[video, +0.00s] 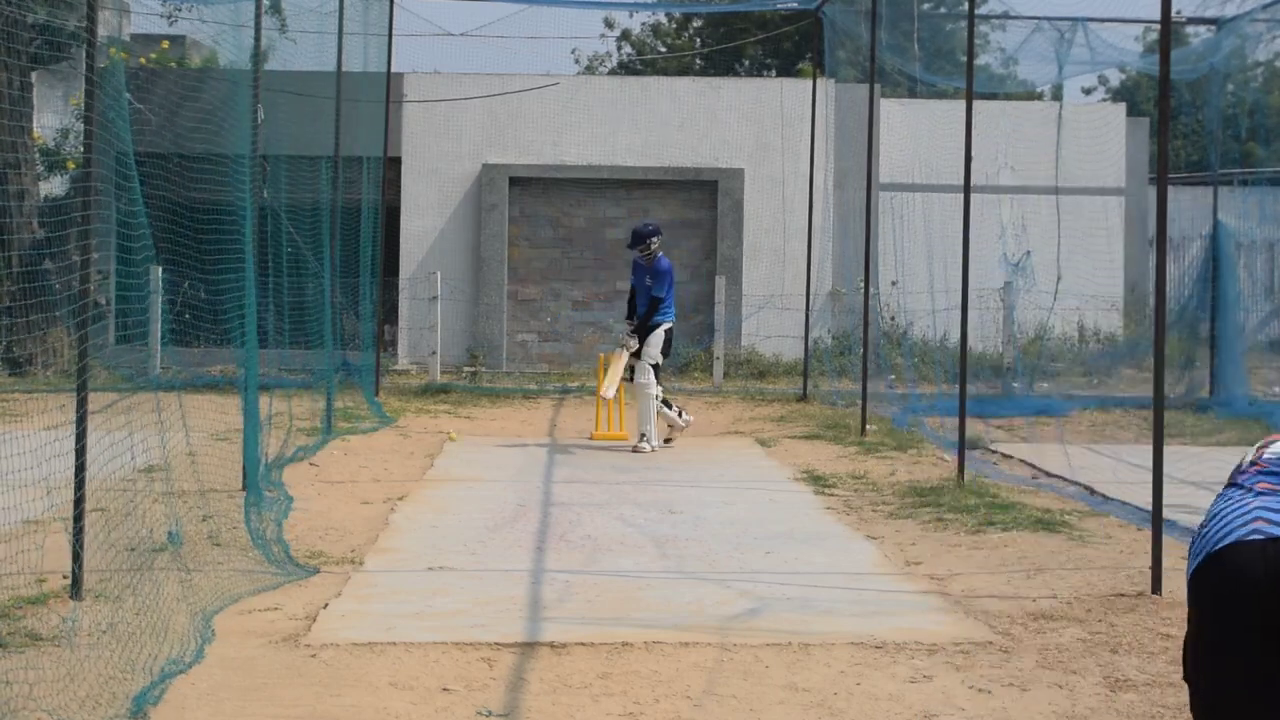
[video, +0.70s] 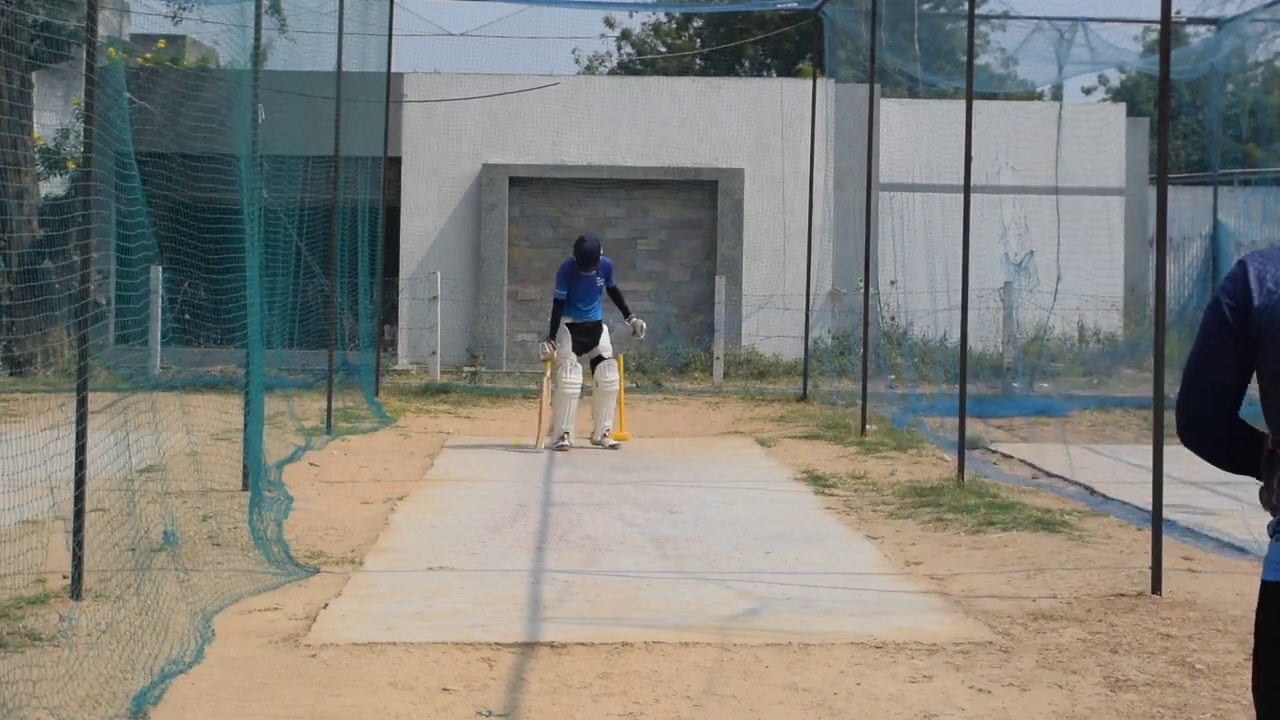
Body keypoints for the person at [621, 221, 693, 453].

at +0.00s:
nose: (640, 251)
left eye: (643, 246)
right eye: (638, 247)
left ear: (655, 243)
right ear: (638, 246)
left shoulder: (662, 267)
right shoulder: (638, 262)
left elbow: (655, 305)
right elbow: (633, 293)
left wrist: (636, 334)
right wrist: (631, 321)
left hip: (660, 327)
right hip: (642, 326)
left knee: (646, 376)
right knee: (636, 379)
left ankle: (648, 438)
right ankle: (676, 418)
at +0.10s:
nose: (634, 251)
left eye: (637, 247)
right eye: (632, 247)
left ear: (649, 243)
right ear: (631, 246)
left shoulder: (659, 267)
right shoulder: (631, 262)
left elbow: (653, 305)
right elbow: (626, 290)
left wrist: (634, 331)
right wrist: (623, 319)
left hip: (654, 324)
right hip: (634, 323)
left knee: (644, 376)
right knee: (630, 382)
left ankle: (648, 437)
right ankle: (655, 413)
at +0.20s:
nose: (625, 255)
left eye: (629, 250)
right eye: (622, 251)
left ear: (641, 244)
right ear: (618, 248)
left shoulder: (651, 267)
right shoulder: (619, 261)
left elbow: (645, 307)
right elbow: (613, 290)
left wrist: (628, 337)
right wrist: (612, 319)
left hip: (645, 326)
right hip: (623, 325)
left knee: (642, 376)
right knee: (601, 373)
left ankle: (647, 437)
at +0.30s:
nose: (617, 259)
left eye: (620, 254)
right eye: (614, 255)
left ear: (632, 248)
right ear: (611, 251)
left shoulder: (645, 267)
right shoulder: (610, 262)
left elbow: (641, 308)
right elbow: (603, 292)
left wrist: (626, 337)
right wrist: (601, 323)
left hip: (638, 328)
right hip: (612, 326)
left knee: (637, 378)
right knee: (593, 374)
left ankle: (646, 438)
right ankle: (581, 434)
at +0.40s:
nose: (605, 265)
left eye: (608, 261)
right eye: (601, 262)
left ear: (619, 252)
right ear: (595, 255)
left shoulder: (632, 270)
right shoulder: (592, 268)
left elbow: (637, 304)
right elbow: (584, 299)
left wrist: (626, 332)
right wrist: (581, 330)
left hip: (624, 330)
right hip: (597, 329)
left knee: (629, 381)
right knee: (580, 382)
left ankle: (645, 437)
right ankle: (564, 433)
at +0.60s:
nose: (588, 272)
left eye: (592, 268)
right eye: (585, 268)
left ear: (601, 259)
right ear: (578, 259)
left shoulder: (611, 268)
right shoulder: (569, 272)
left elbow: (621, 295)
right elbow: (561, 307)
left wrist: (635, 322)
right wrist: (555, 341)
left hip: (603, 330)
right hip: (575, 330)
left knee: (619, 381)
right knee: (572, 383)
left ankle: (623, 434)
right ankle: (566, 434)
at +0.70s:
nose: (587, 271)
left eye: (591, 267)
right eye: (584, 268)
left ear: (598, 258)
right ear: (577, 258)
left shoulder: (606, 267)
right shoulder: (566, 270)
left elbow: (612, 290)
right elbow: (558, 306)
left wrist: (629, 317)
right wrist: (551, 338)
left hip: (596, 328)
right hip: (569, 328)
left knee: (608, 378)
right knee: (568, 380)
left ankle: (602, 433)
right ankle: (563, 434)